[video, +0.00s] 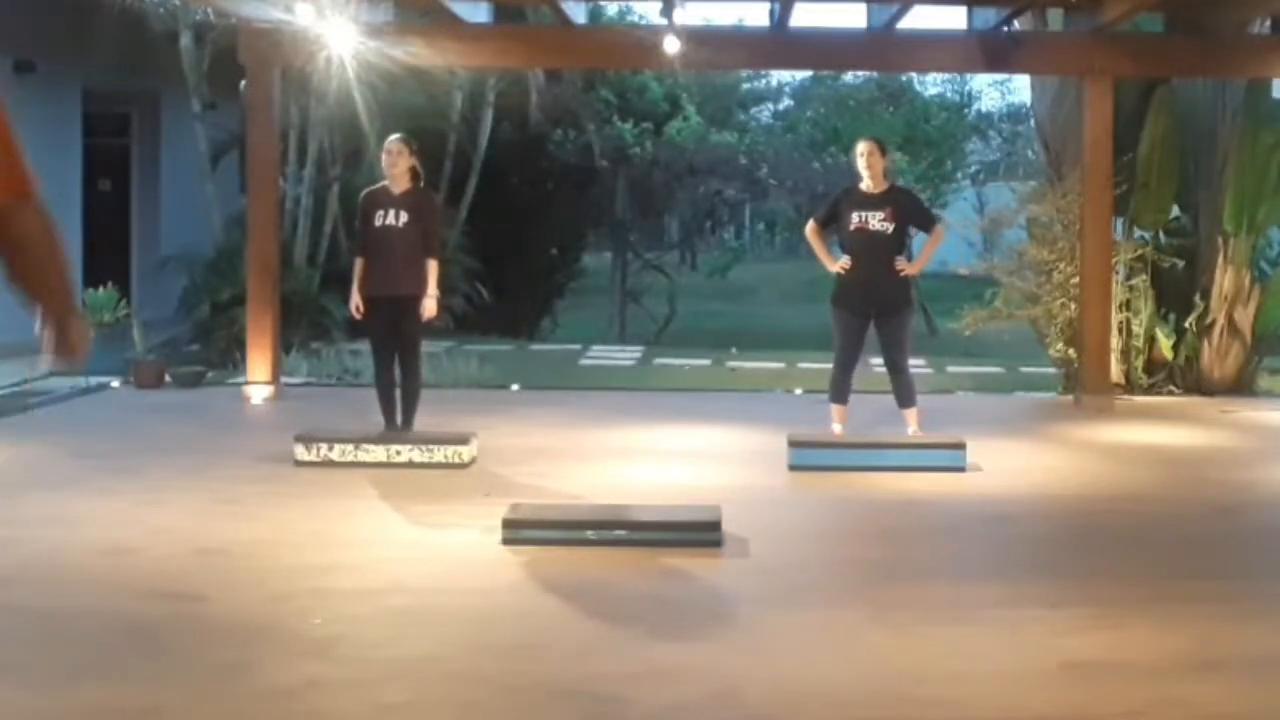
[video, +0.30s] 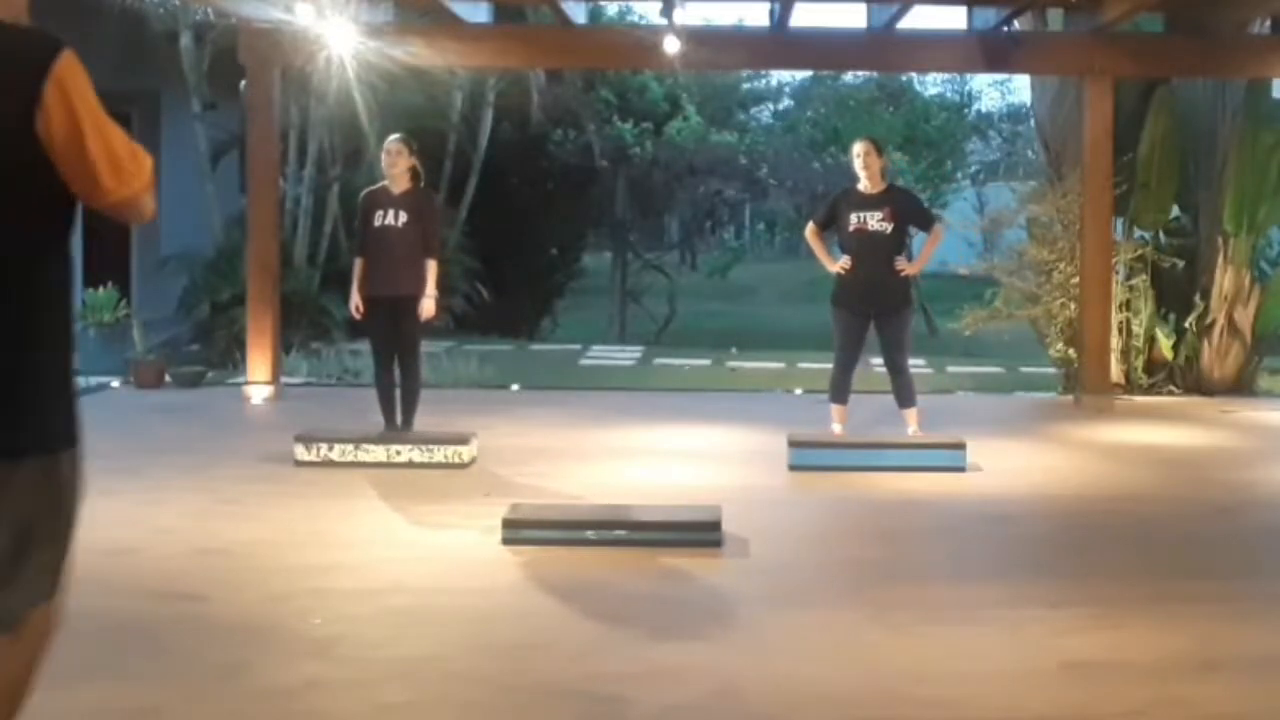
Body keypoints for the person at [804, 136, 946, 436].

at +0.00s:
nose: (866, 160)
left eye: (871, 155)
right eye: (861, 156)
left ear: (884, 160)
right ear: (855, 162)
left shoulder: (902, 198)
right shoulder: (845, 198)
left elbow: (938, 230)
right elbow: (811, 228)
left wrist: (919, 264)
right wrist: (830, 261)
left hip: (892, 287)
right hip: (852, 287)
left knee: (897, 362)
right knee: (845, 359)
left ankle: (913, 429)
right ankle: (838, 430)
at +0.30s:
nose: (862, 161)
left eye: (867, 155)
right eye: (857, 156)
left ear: (882, 160)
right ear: (852, 164)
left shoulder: (901, 198)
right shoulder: (842, 200)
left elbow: (937, 229)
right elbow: (811, 231)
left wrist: (918, 264)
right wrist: (830, 262)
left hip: (892, 288)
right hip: (852, 288)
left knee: (897, 361)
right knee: (844, 359)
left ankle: (913, 429)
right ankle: (838, 430)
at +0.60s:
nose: (865, 161)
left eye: (870, 155)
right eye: (860, 156)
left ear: (884, 160)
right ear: (855, 164)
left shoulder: (904, 199)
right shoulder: (844, 200)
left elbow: (940, 229)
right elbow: (815, 231)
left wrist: (920, 264)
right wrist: (834, 262)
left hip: (895, 289)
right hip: (855, 289)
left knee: (899, 361)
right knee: (847, 359)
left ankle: (913, 429)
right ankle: (837, 428)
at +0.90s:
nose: (869, 160)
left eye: (874, 155)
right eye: (864, 156)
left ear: (888, 161)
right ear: (859, 164)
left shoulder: (907, 199)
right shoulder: (847, 200)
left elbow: (943, 230)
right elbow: (818, 230)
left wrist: (922, 264)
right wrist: (835, 263)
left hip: (896, 288)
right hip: (857, 288)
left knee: (900, 361)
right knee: (849, 359)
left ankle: (914, 429)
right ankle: (838, 429)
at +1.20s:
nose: (874, 159)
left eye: (879, 154)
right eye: (869, 153)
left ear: (890, 161)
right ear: (861, 160)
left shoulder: (906, 198)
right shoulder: (846, 199)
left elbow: (943, 229)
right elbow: (817, 229)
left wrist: (922, 265)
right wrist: (835, 262)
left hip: (896, 288)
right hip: (856, 288)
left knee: (900, 361)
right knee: (849, 359)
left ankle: (914, 429)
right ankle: (838, 428)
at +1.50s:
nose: (872, 159)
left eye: (877, 154)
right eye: (867, 154)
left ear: (888, 161)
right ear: (858, 161)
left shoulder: (903, 199)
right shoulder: (844, 199)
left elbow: (941, 229)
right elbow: (813, 229)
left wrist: (919, 265)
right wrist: (831, 263)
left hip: (893, 289)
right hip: (853, 289)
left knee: (898, 362)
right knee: (845, 359)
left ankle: (913, 429)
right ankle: (837, 429)